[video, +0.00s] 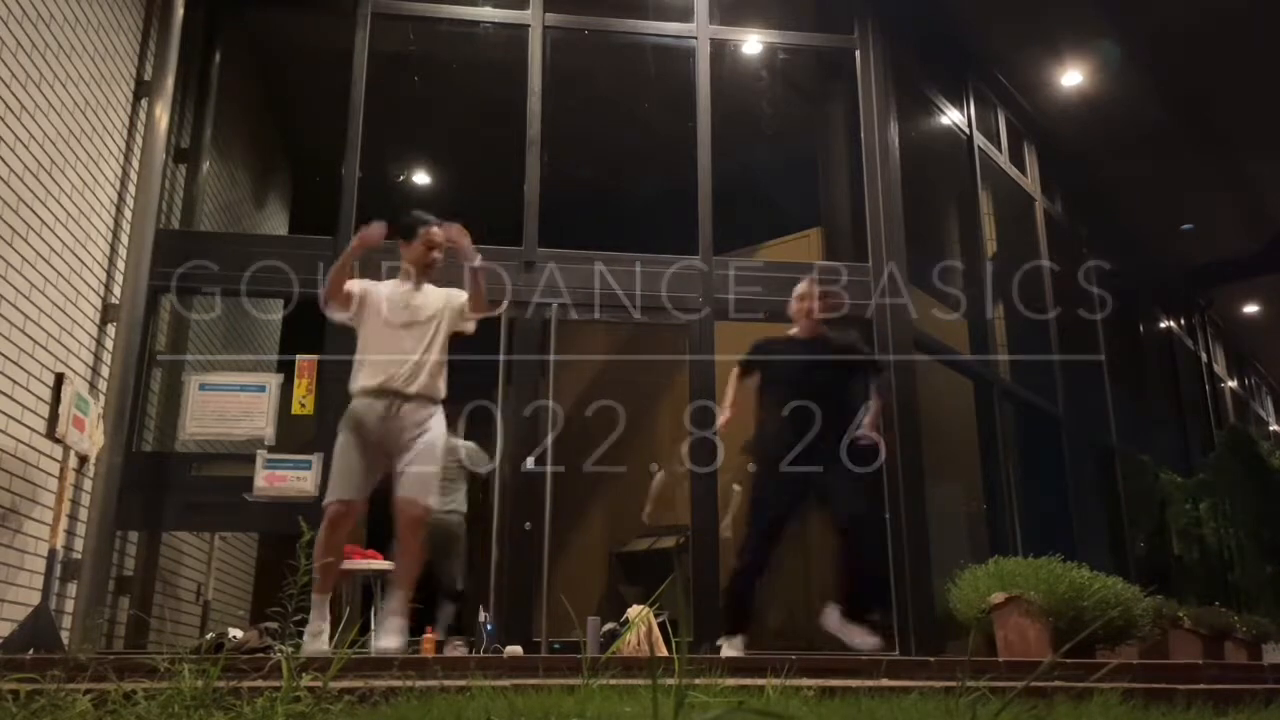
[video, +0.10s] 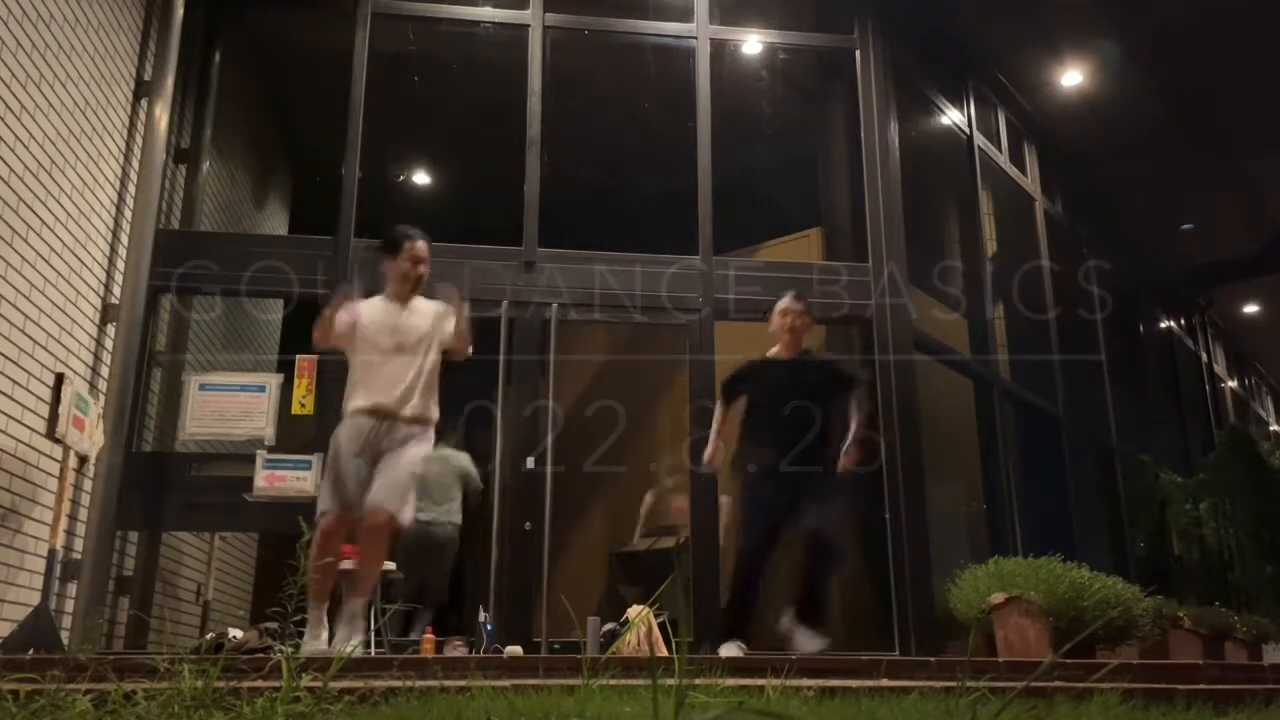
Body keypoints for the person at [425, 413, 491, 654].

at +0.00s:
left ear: (430, 428)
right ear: (449, 426)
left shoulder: (421, 447)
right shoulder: (462, 447)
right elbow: (486, 467)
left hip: (421, 514)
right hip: (451, 516)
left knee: (409, 574)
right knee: (451, 582)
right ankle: (438, 634)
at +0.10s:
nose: (460, 439)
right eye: (459, 435)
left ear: (434, 433)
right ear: (455, 435)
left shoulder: (417, 457)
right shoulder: (461, 459)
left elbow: (405, 487)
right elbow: (476, 486)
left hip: (414, 523)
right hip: (446, 525)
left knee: (409, 584)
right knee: (434, 591)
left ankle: (394, 638)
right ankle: (415, 638)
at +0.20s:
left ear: (429, 450)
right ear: (448, 452)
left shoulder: (414, 469)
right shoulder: (456, 473)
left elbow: (399, 504)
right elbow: (472, 503)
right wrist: (472, 539)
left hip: (413, 532)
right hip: (445, 535)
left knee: (407, 588)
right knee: (432, 596)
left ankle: (392, 638)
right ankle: (421, 632)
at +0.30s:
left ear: (423, 443)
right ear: (446, 443)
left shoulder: (414, 468)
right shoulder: (456, 468)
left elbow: (406, 506)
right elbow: (467, 510)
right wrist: (474, 547)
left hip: (420, 534)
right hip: (448, 535)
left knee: (419, 590)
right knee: (451, 592)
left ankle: (417, 637)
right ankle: (441, 637)